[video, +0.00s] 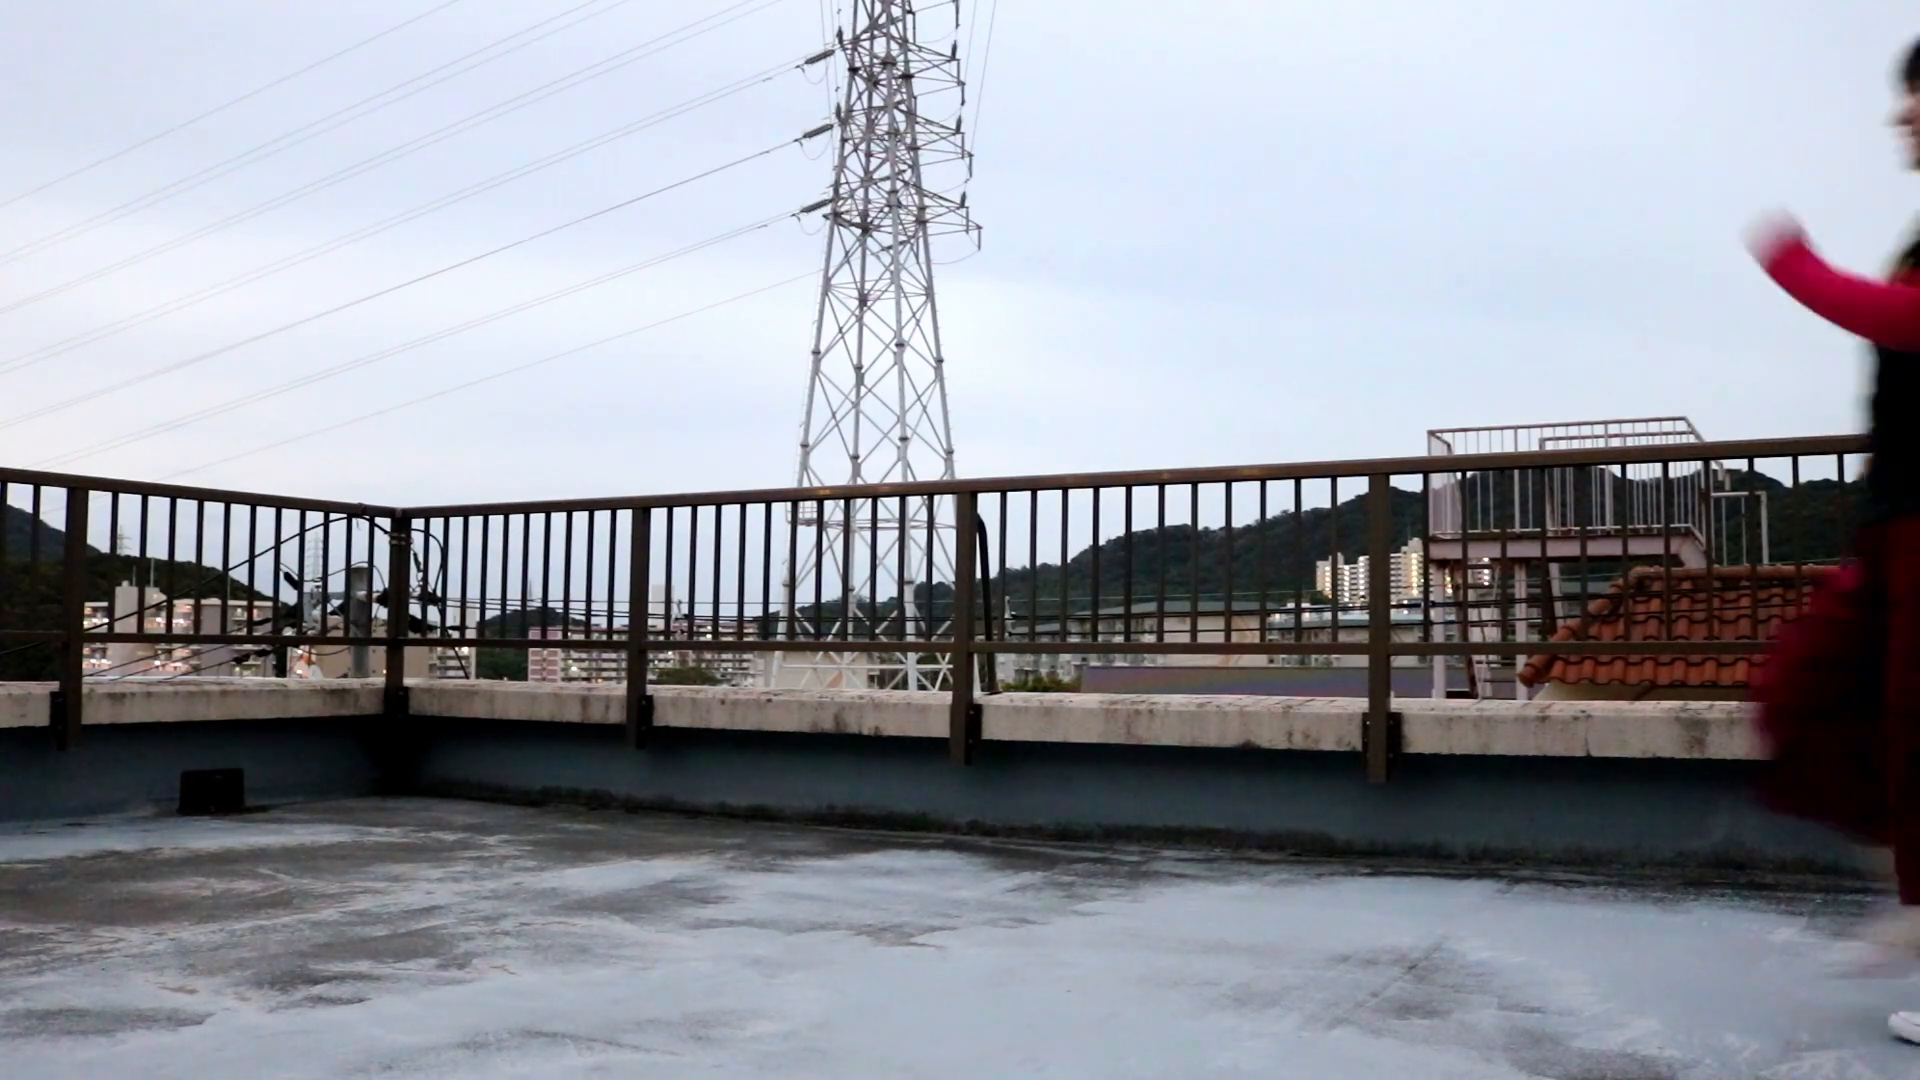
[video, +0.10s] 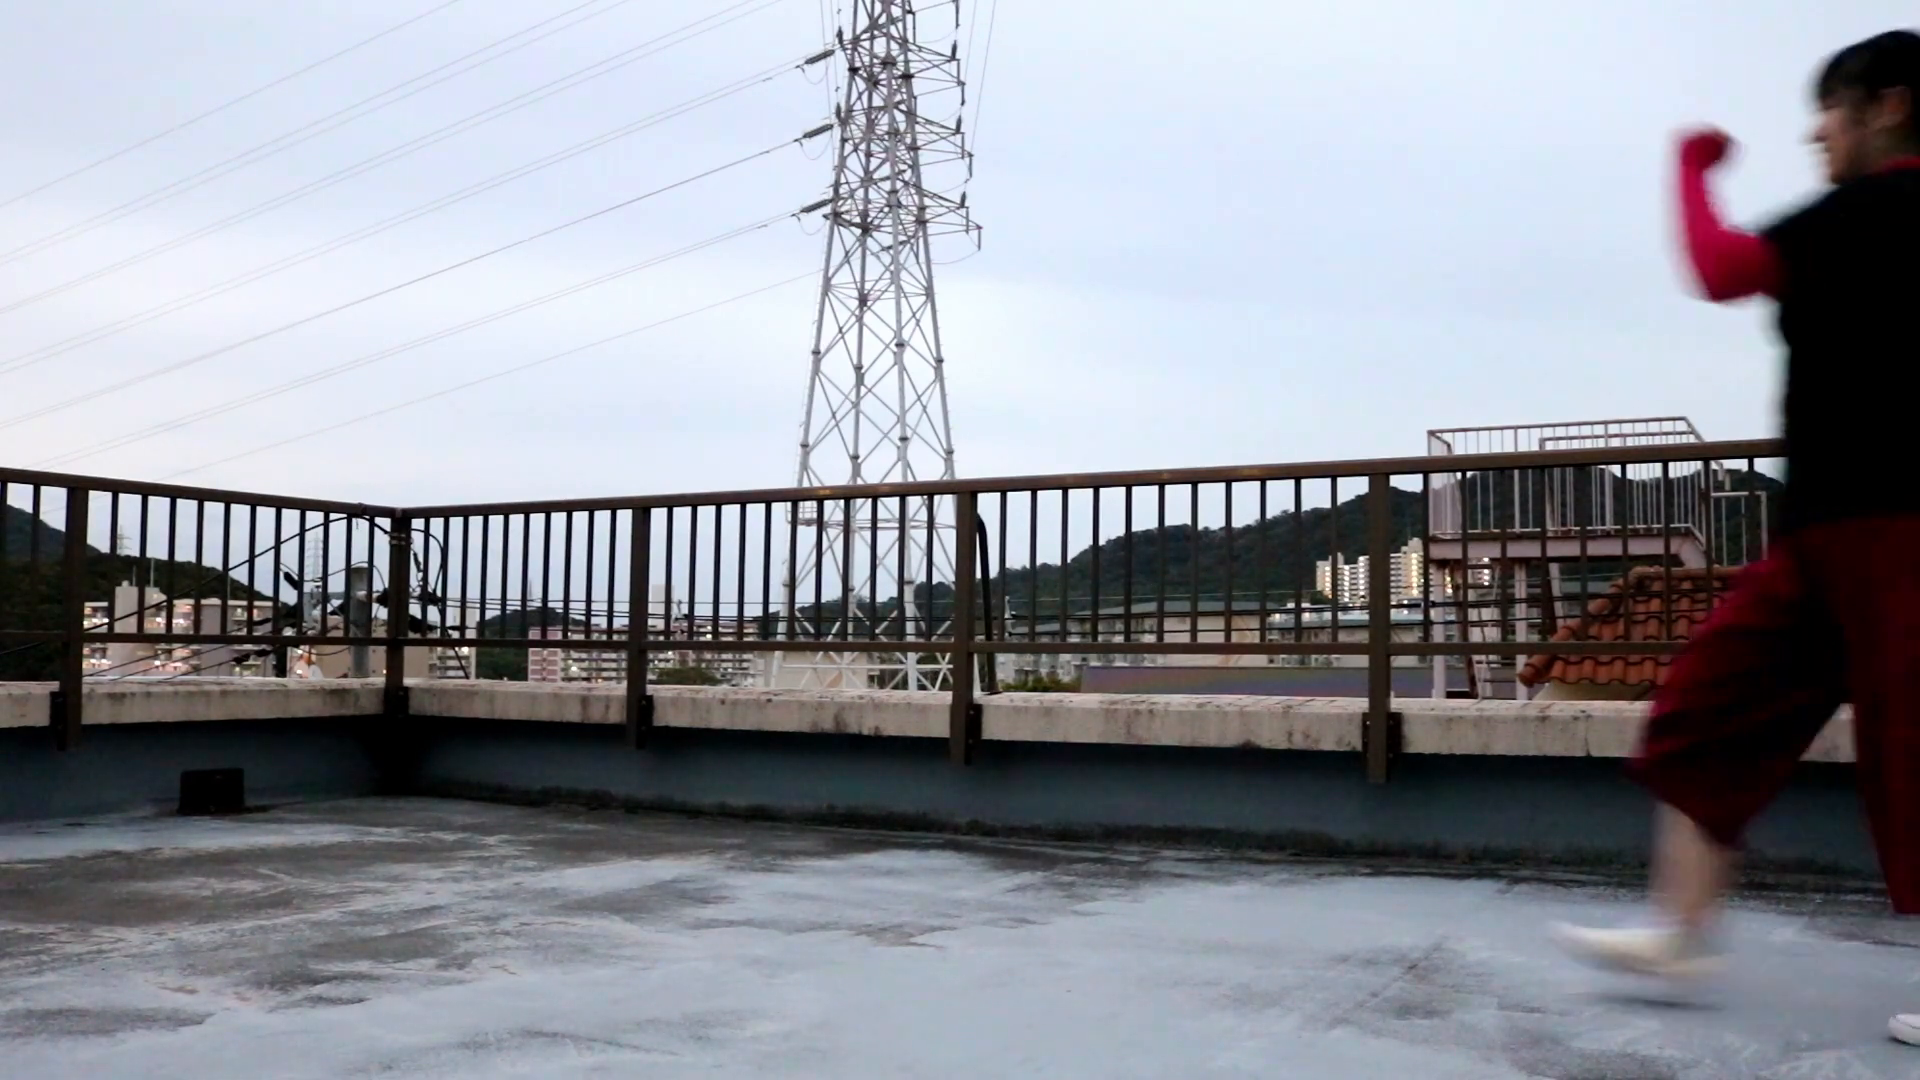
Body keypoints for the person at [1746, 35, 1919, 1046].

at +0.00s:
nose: (1903, 125)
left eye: (1913, 109)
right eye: (1904, 108)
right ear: (1910, 120)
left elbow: (1902, 319)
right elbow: (1897, 326)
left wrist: (1798, 264)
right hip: (1899, 525)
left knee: (1905, 720)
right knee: (1804, 687)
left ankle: (1916, 918)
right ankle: (1910, 893)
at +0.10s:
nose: (1820, 135)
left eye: (1833, 116)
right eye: (1820, 117)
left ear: (1890, 113)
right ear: (1886, 116)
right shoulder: (1862, 209)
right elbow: (1727, 264)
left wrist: (1692, 166)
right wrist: (1706, 177)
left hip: (1887, 538)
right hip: (1832, 534)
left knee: (1903, 766)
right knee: (1707, 708)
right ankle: (1679, 929)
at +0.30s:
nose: (1648, 156)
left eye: (1661, 138)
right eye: (1651, 138)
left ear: (1710, 140)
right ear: (1725, 144)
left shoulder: (1675, 240)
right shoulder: (1752, 252)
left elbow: (1573, 316)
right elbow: (1827, 360)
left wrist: (1502, 243)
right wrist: (1750, 426)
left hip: (1662, 532)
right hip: (1722, 526)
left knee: (1728, 743)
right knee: (1596, 729)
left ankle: (1916, 919)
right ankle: (1590, 952)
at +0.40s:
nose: (1568, 169)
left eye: (1580, 150)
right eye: (1571, 151)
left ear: (1626, 153)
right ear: (1633, 156)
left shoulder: (1627, 245)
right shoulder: (1631, 248)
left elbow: (1604, 353)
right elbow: (1619, 393)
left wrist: (1496, 382)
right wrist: (1532, 408)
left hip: (1606, 542)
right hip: (1629, 538)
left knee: (1541, 742)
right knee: (1589, 731)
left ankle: (1735, 847)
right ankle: (1593, 953)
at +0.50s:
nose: (1488, 180)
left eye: (1499, 163)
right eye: (1491, 164)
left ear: (1544, 166)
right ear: (1544, 170)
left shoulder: (1571, 254)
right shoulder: (1538, 273)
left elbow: (1642, 333)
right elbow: (1472, 396)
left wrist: (1542, 435)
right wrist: (1415, 323)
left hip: (1539, 546)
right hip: (1575, 546)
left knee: (1400, 687)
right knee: (1566, 734)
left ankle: (1507, 864)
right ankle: (1595, 955)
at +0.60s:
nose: (1417, 193)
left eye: (1426, 176)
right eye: (1418, 177)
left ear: (1468, 178)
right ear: (1469, 182)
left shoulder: (1514, 258)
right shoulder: (1431, 287)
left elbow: (1627, 301)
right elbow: (1343, 362)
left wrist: (1560, 416)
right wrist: (1350, 262)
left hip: (1444, 543)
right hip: (1515, 543)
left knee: (1329, 706)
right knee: (1549, 736)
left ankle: (1304, 916)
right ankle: (1591, 949)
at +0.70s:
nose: (1347, 207)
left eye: (1358, 192)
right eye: (1351, 192)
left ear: (1394, 195)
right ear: (1408, 199)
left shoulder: (1421, 277)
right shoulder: (1368, 292)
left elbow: (1534, 308)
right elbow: (1274, 364)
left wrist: (1489, 427)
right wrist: (1273, 269)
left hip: (1355, 545)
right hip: (1425, 539)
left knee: (1296, 726)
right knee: (1489, 720)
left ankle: (1254, 925)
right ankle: (1572, 924)